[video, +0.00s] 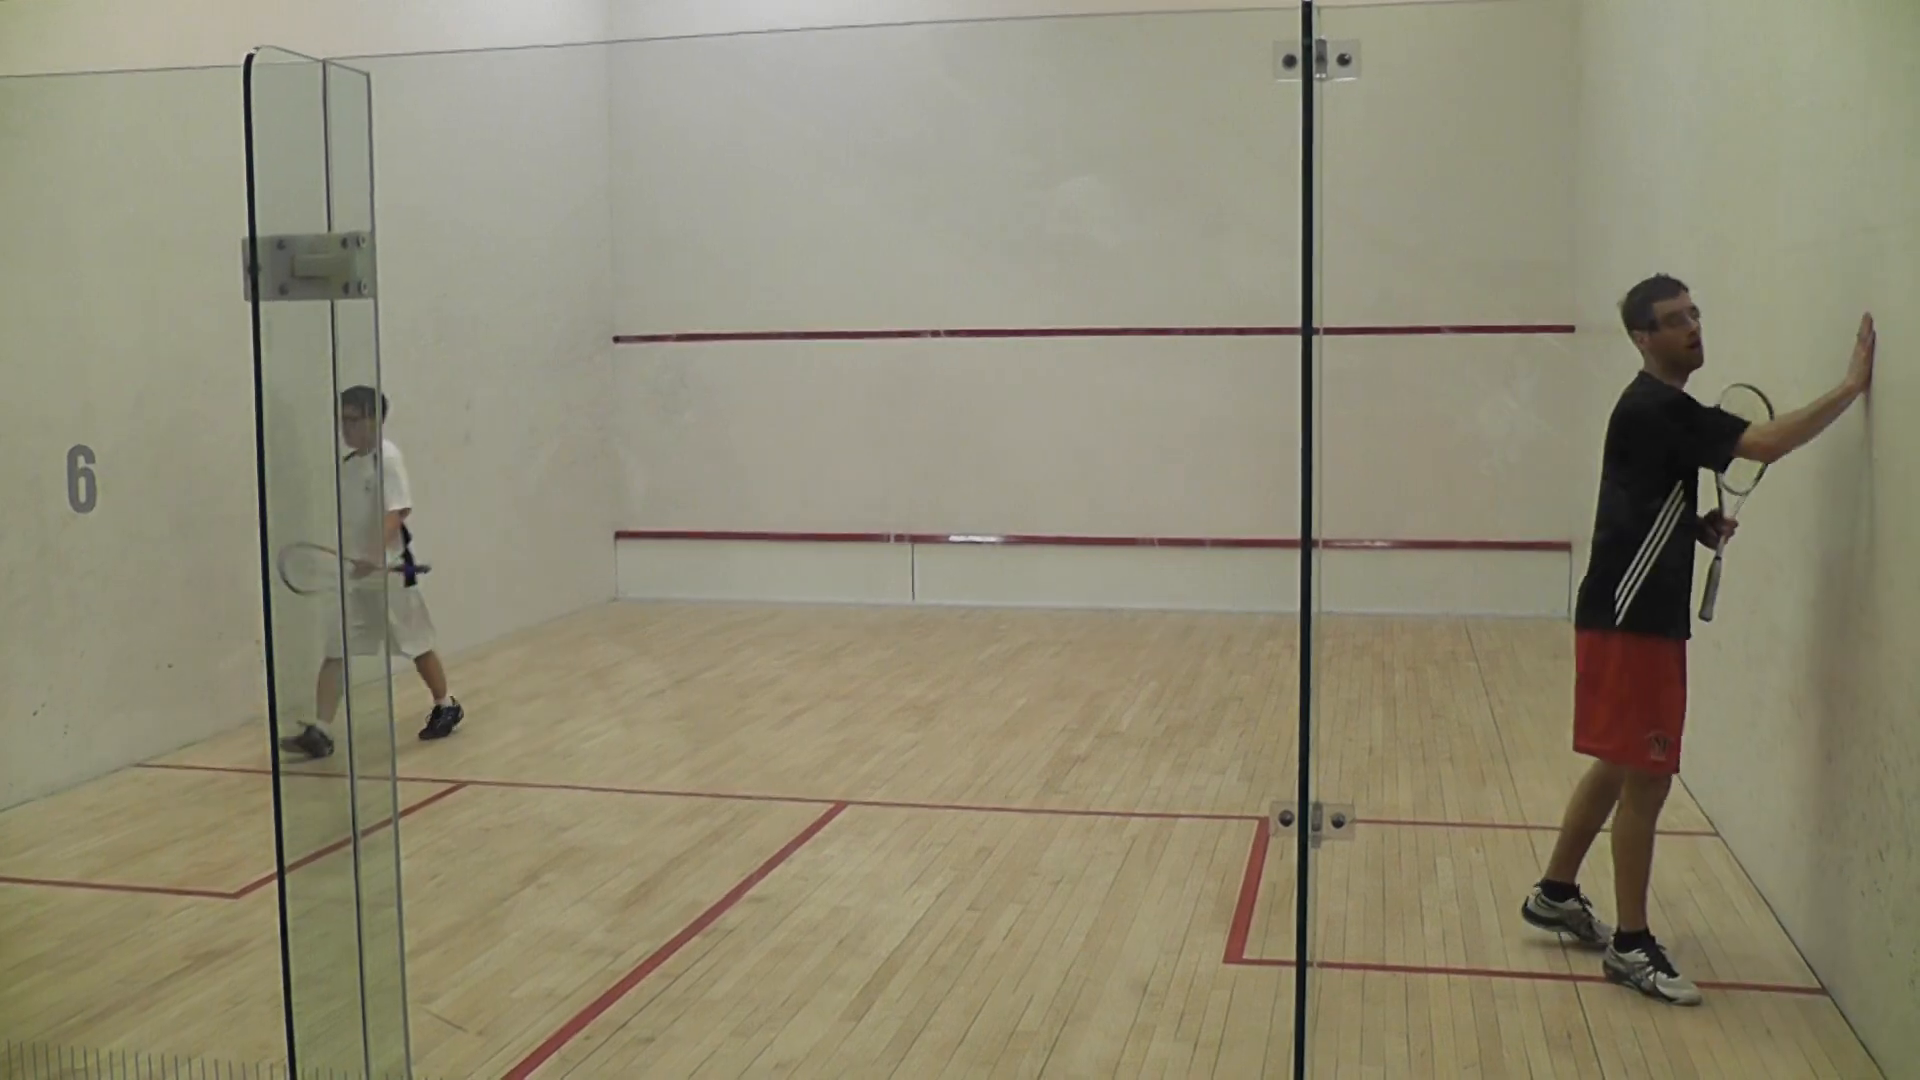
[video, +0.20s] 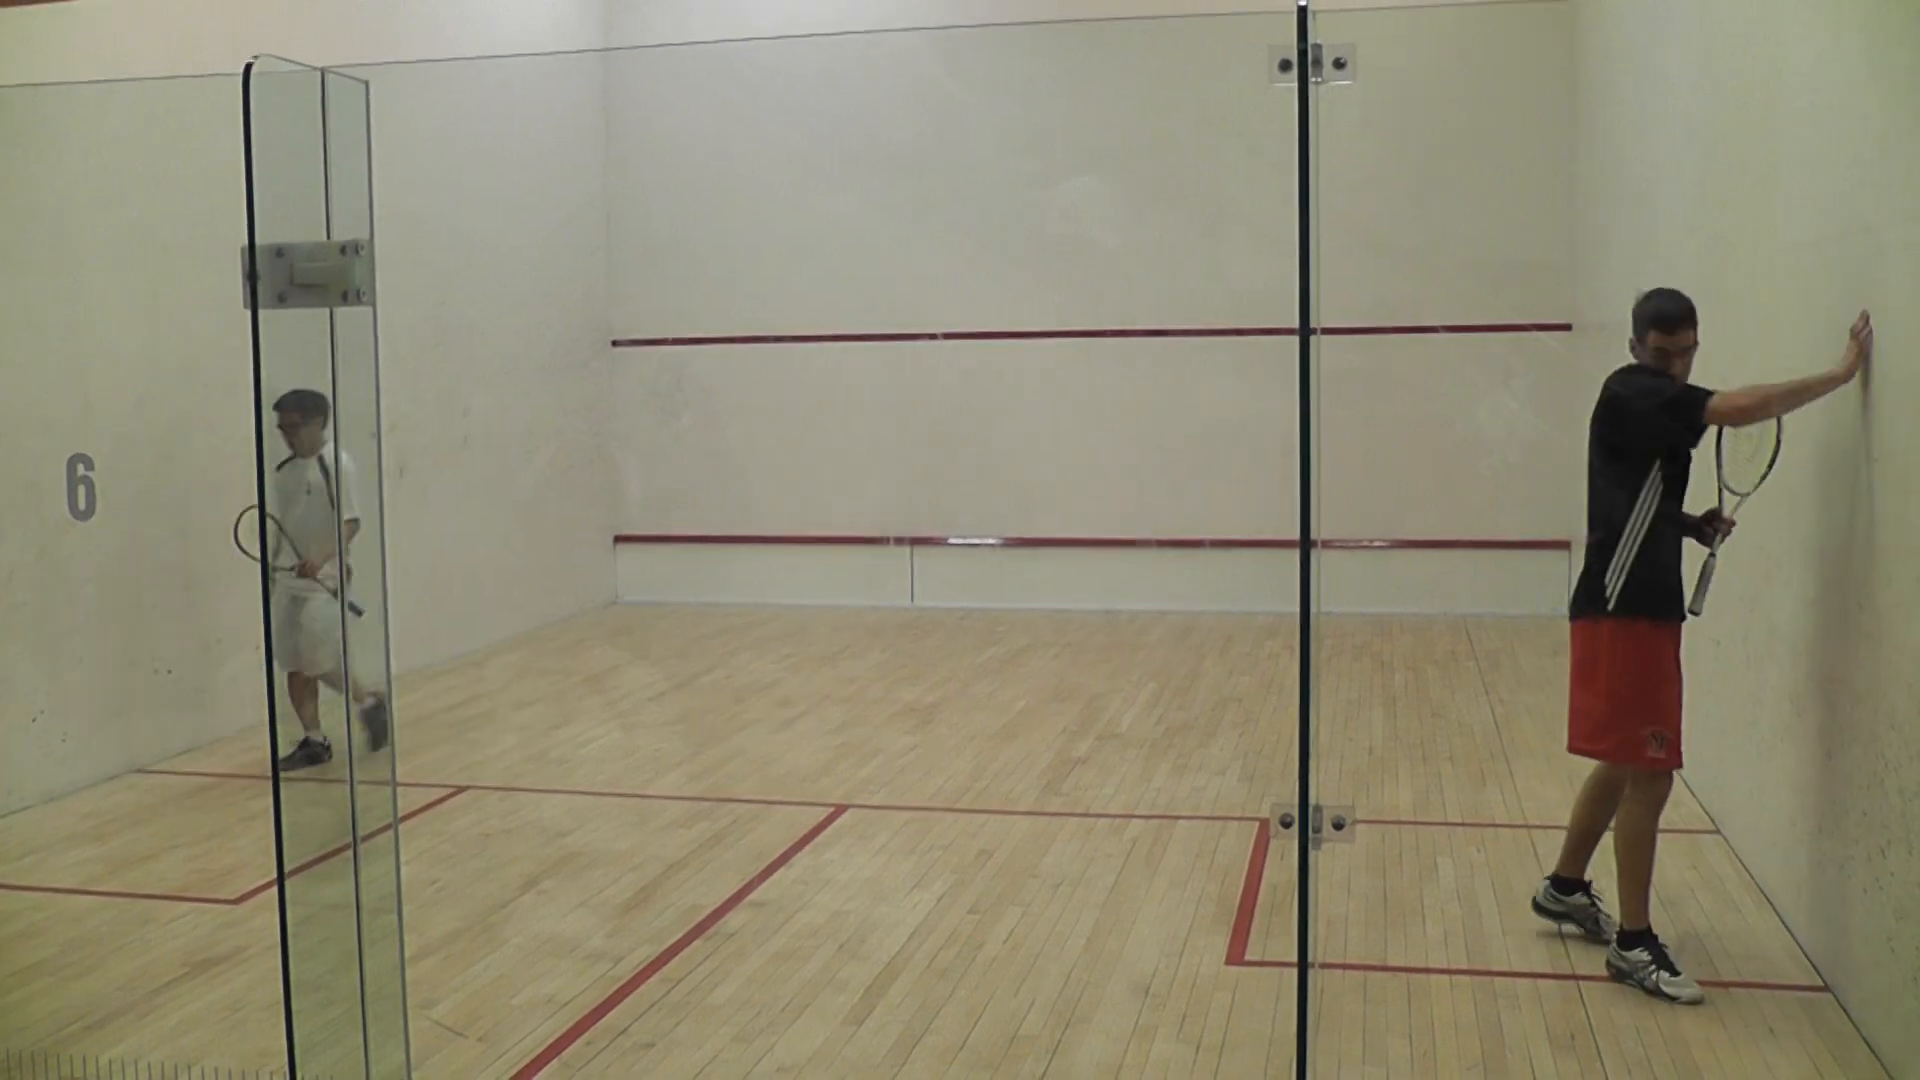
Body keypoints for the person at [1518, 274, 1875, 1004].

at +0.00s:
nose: (1695, 329)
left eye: (1694, 317)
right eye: (1678, 322)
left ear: (1688, 325)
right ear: (1644, 338)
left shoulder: (1653, 402)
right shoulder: (1656, 407)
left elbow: (1637, 506)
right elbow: (1764, 443)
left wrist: (1695, 524)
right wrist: (1851, 388)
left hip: (1628, 616)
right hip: (1641, 623)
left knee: (1619, 760)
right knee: (1650, 773)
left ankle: (1553, 891)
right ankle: (1631, 943)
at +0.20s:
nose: (1679, 365)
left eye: (1687, 353)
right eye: (1665, 354)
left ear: (1694, 339)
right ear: (1637, 343)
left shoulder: (1654, 397)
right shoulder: (1632, 390)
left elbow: (1628, 502)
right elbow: (1735, 409)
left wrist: (1689, 523)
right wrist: (1840, 374)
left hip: (1631, 609)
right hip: (1630, 613)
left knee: (1624, 758)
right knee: (1651, 772)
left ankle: (1563, 884)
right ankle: (1633, 941)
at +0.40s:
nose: (1654, 373)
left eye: (1658, 363)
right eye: (1647, 362)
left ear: (1648, 358)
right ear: (1622, 355)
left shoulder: (1645, 415)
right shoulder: (1591, 395)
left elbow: (1637, 519)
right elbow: (1676, 400)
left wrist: (1683, 531)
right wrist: (1785, 365)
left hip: (1631, 609)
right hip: (1598, 610)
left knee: (1625, 762)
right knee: (1627, 773)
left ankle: (1573, 890)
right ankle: (1631, 945)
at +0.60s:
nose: (1615, 385)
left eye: (1622, 372)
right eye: (1603, 376)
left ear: (1632, 360)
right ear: (1577, 367)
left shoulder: (1642, 427)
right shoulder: (1557, 397)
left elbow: (1640, 513)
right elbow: (1613, 411)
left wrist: (1661, 533)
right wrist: (1716, 387)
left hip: (1611, 620)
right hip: (1558, 618)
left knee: (1607, 767)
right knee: (1575, 771)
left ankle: (1568, 901)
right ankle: (1594, 931)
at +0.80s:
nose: (1579, 374)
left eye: (1589, 362)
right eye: (1566, 364)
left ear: (1602, 357)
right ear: (1544, 358)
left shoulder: (1615, 430)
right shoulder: (1519, 401)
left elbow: (1613, 520)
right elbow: (1543, 448)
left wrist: (1631, 535)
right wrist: (1639, 442)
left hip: (1579, 616)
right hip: (1516, 611)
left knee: (1581, 760)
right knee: (1518, 762)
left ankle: (1567, 905)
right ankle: (1480, 902)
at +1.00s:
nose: (1539, 366)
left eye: (1547, 355)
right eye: (1525, 356)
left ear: (1557, 356)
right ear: (1501, 358)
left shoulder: (1554, 432)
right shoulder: (1473, 420)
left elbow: (1541, 534)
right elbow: (1461, 508)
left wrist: (1580, 542)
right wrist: (1555, 529)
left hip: (1533, 624)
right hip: (1470, 624)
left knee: (1553, 761)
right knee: (1449, 761)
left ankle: (1567, 904)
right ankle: (1369, 856)